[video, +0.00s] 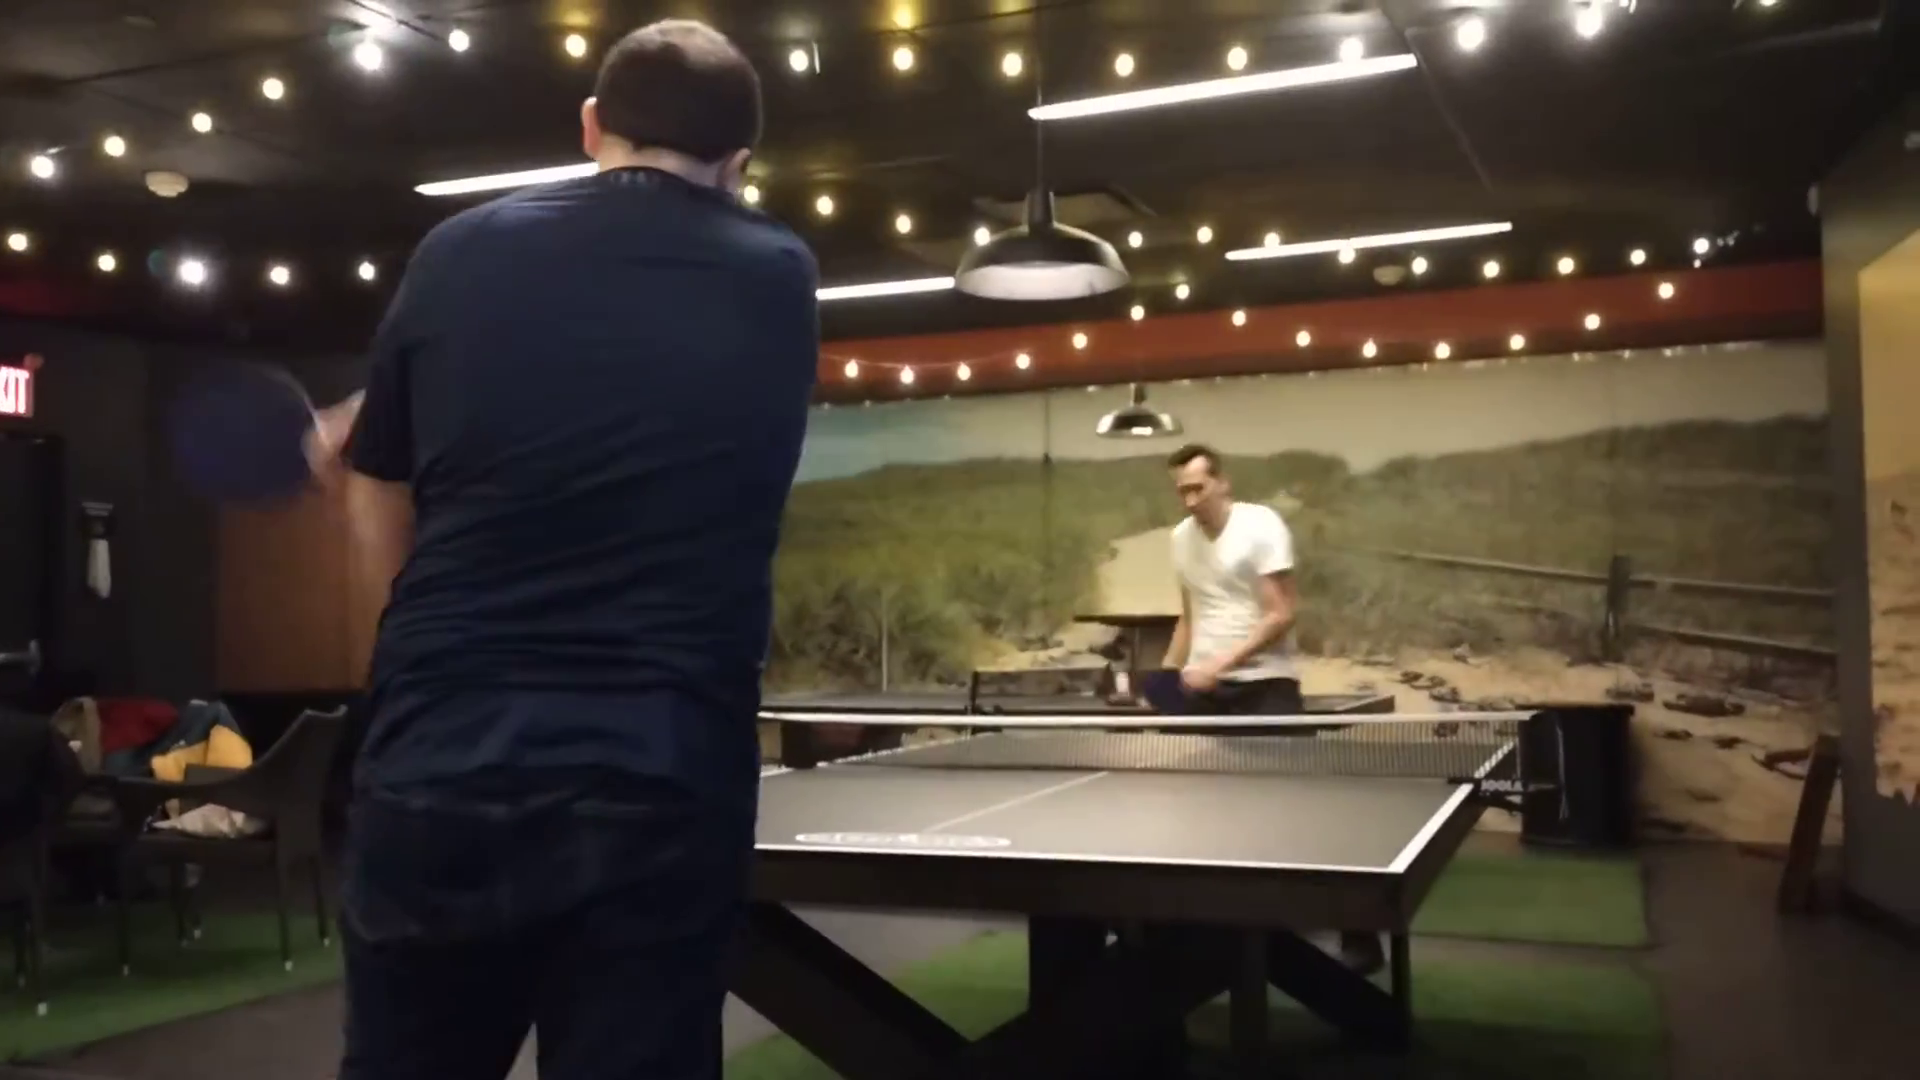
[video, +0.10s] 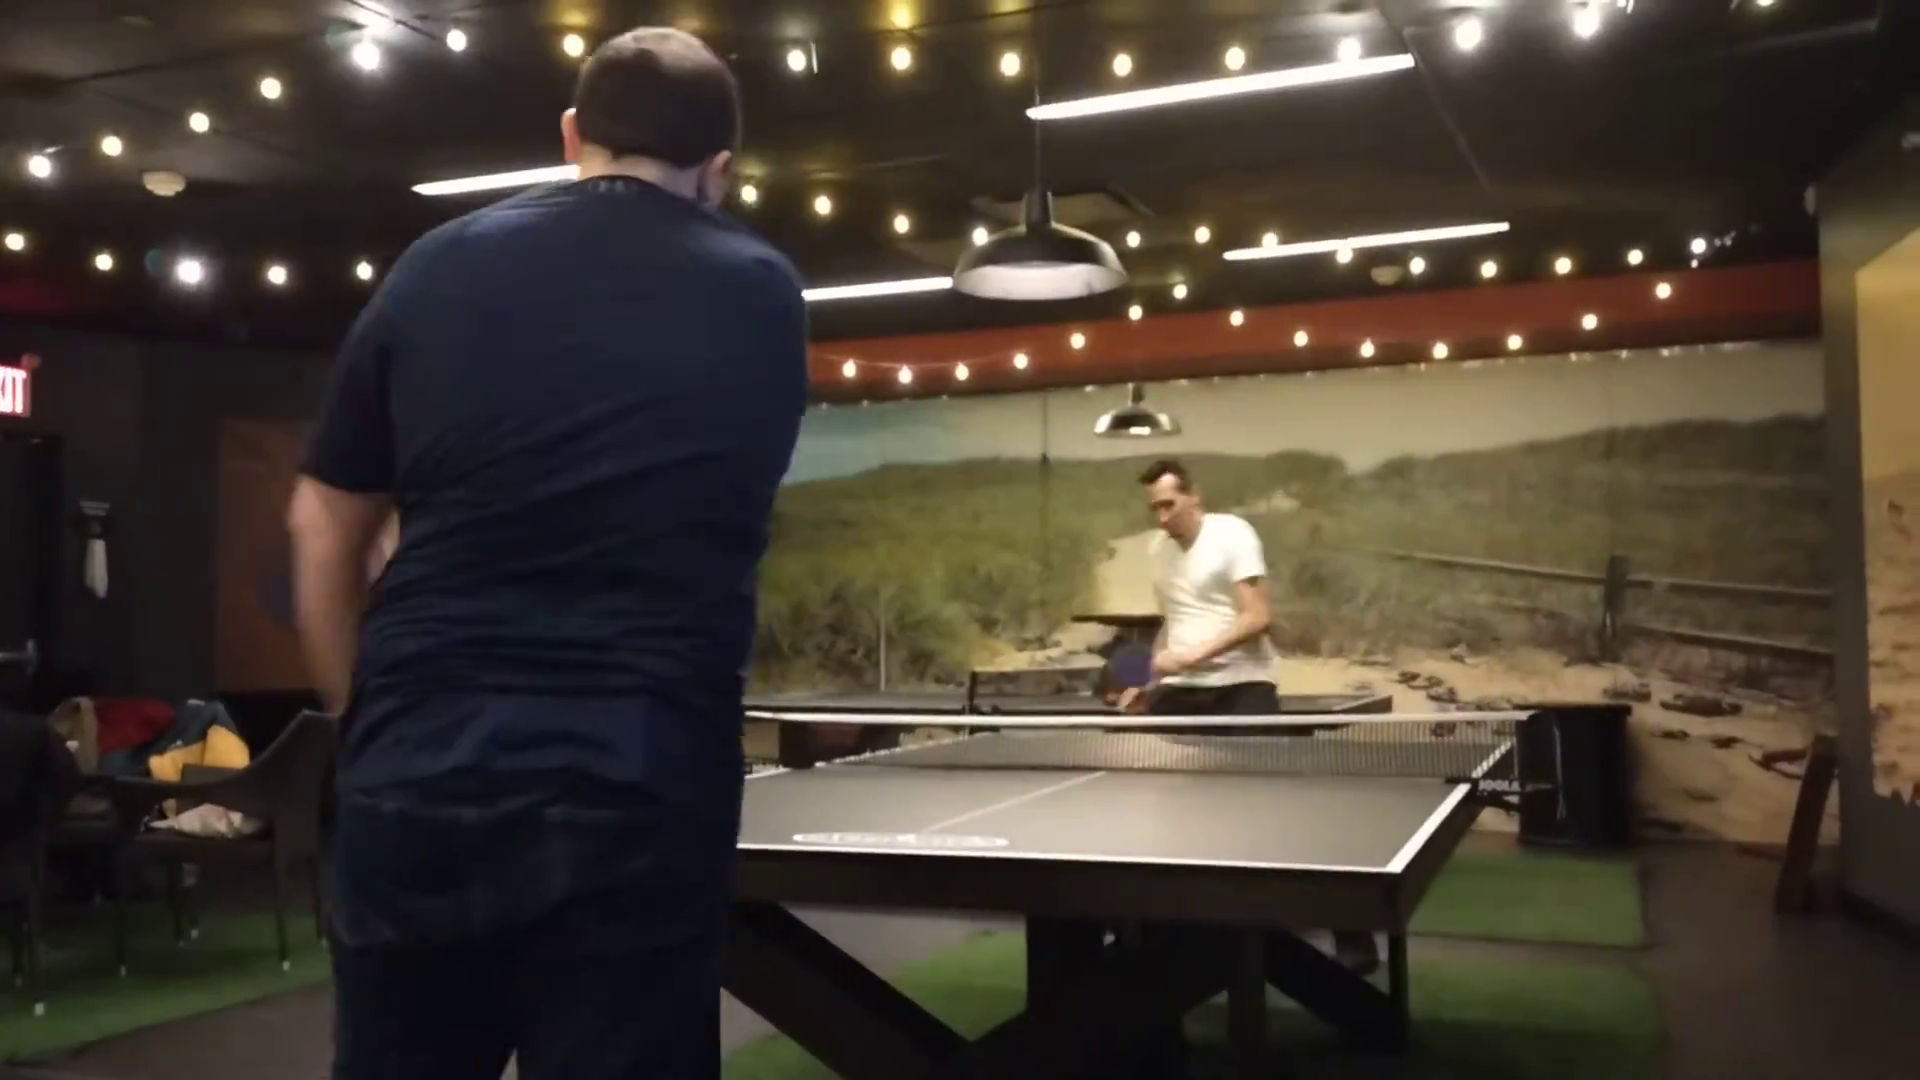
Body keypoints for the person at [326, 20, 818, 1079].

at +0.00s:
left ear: (589, 126)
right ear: (738, 164)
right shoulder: (780, 274)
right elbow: (618, 375)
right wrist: (367, 431)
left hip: (441, 779)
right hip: (661, 791)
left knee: (403, 1062)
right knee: (640, 1060)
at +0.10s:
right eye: (731, 171)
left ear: (568, 138)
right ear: (719, 171)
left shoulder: (436, 265)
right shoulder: (765, 290)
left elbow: (324, 522)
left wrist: (364, 719)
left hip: (424, 777)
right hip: (647, 786)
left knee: (399, 1062)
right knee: (629, 1061)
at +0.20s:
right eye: (707, 176)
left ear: (549, 150)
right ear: (695, 176)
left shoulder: (408, 282)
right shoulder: (746, 308)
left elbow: (286, 530)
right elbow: (793, 570)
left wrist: (277, 748)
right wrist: (706, 652)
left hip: (400, 786)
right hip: (620, 789)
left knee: (378, 1062)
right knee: (603, 1060)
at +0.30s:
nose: (681, 194)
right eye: (683, 177)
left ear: (525, 160)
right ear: (672, 175)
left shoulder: (385, 290)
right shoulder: (720, 316)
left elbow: (251, 499)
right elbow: (835, 558)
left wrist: (217, 738)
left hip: (363, 780)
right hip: (586, 796)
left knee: (348, 1060)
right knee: (562, 1058)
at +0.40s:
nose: (649, 193)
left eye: (650, 177)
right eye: (650, 174)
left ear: (490, 162)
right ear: (634, 168)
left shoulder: (350, 292)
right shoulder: (677, 307)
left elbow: (204, 474)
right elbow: (816, 486)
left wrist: (164, 705)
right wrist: (985, 663)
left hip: (327, 780)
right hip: (548, 799)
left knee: (315, 1058)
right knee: (530, 1055)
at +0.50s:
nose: (612, 198)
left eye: (610, 179)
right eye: (613, 179)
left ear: (455, 167)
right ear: (595, 172)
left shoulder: (307, 296)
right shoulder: (617, 296)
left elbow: (164, 467)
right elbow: (747, 417)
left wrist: (120, 694)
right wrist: (937, 543)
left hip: (294, 778)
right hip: (513, 789)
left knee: (294, 1060)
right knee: (511, 1060)